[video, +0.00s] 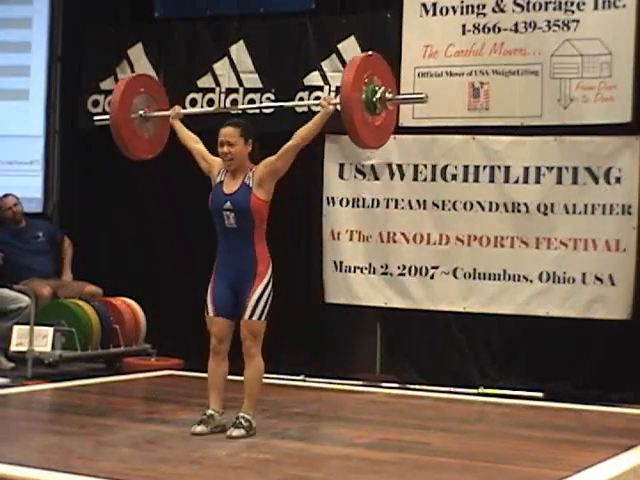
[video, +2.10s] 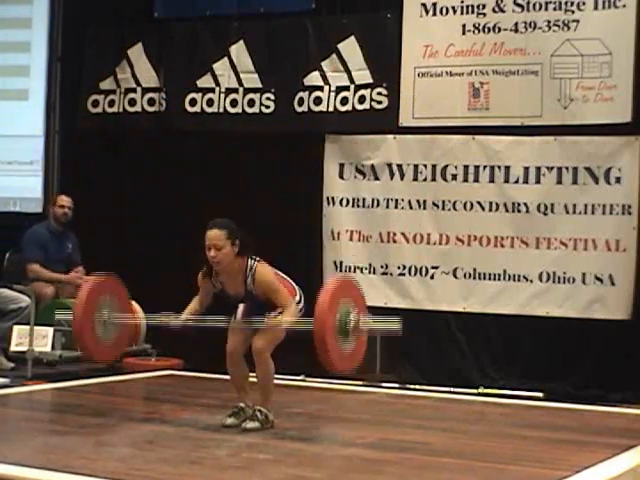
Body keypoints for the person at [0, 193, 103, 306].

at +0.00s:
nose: (14, 210)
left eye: (16, 205)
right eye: (8, 209)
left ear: (21, 206)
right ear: (2, 215)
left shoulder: (41, 225)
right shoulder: (4, 234)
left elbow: (66, 242)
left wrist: (67, 273)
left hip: (54, 279)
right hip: (25, 281)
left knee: (95, 292)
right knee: (45, 293)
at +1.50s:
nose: (29, 206)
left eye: (32, 202)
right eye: (24, 203)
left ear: (36, 205)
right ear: (16, 207)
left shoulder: (47, 229)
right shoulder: (7, 231)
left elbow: (69, 247)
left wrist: (69, 262)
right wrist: (3, 255)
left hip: (53, 278)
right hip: (25, 279)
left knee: (94, 292)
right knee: (45, 293)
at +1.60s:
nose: (34, 206)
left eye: (37, 203)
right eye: (29, 203)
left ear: (41, 205)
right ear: (21, 205)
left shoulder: (49, 230)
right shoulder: (10, 229)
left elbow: (67, 252)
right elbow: (1, 246)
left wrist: (69, 259)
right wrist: (14, 252)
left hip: (52, 279)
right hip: (25, 279)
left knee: (93, 292)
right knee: (45, 293)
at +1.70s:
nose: (39, 206)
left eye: (42, 203)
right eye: (34, 203)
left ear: (47, 206)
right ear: (26, 205)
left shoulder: (52, 232)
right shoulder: (14, 230)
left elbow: (63, 267)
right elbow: (3, 252)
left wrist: (71, 263)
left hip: (52, 279)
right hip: (25, 279)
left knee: (93, 292)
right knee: (45, 293)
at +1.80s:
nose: (45, 206)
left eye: (48, 203)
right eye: (40, 202)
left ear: (52, 207)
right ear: (32, 205)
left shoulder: (53, 231)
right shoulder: (20, 231)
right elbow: (17, 265)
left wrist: (68, 265)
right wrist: (53, 265)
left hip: (56, 279)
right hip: (30, 280)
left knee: (92, 291)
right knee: (45, 292)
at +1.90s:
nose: (51, 206)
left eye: (54, 203)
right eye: (46, 202)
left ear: (58, 206)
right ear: (37, 205)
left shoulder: (59, 233)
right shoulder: (25, 232)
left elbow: (68, 264)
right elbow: (23, 269)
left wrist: (72, 270)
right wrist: (61, 274)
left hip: (56, 279)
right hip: (30, 279)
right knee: (47, 292)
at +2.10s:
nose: (66, 211)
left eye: (69, 208)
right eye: (61, 207)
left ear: (72, 212)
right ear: (52, 209)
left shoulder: (70, 237)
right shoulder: (36, 233)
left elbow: (77, 266)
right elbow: (32, 271)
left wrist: (77, 273)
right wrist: (66, 278)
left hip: (61, 279)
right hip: (37, 279)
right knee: (48, 291)